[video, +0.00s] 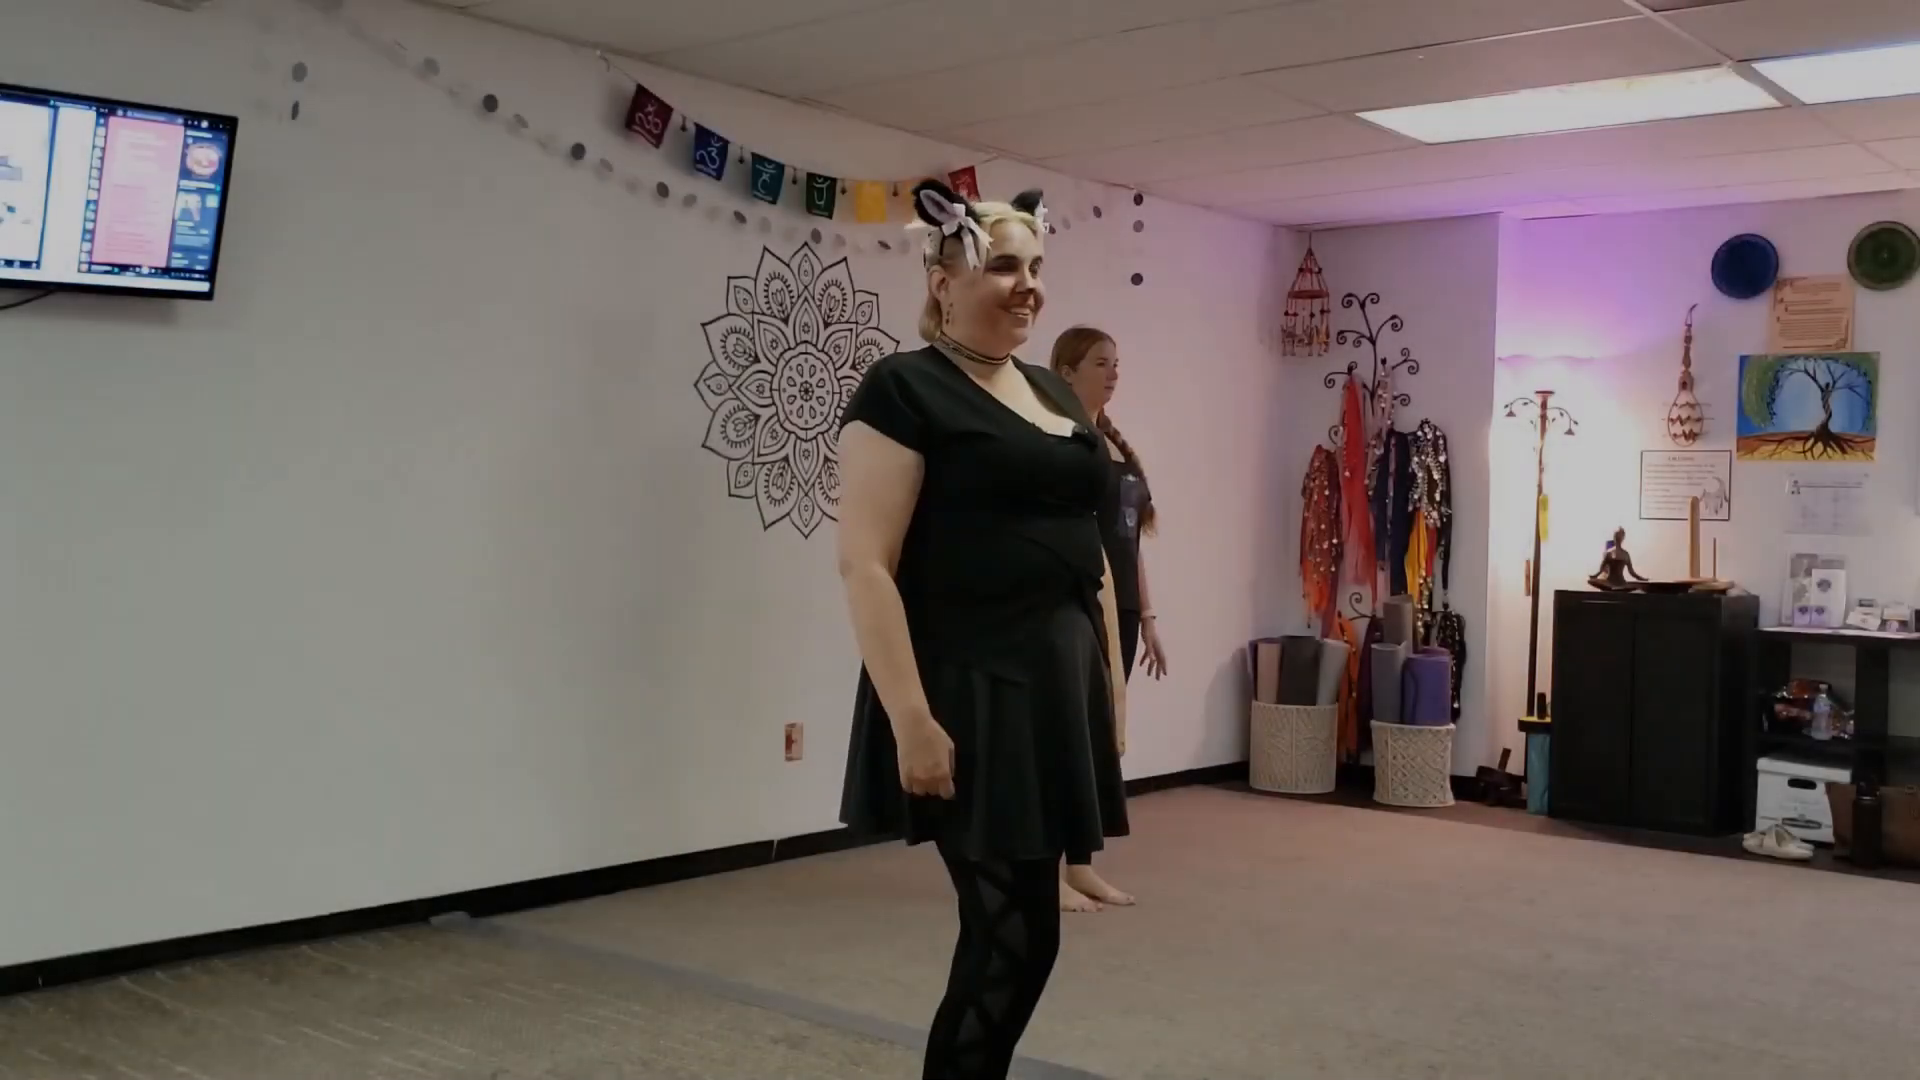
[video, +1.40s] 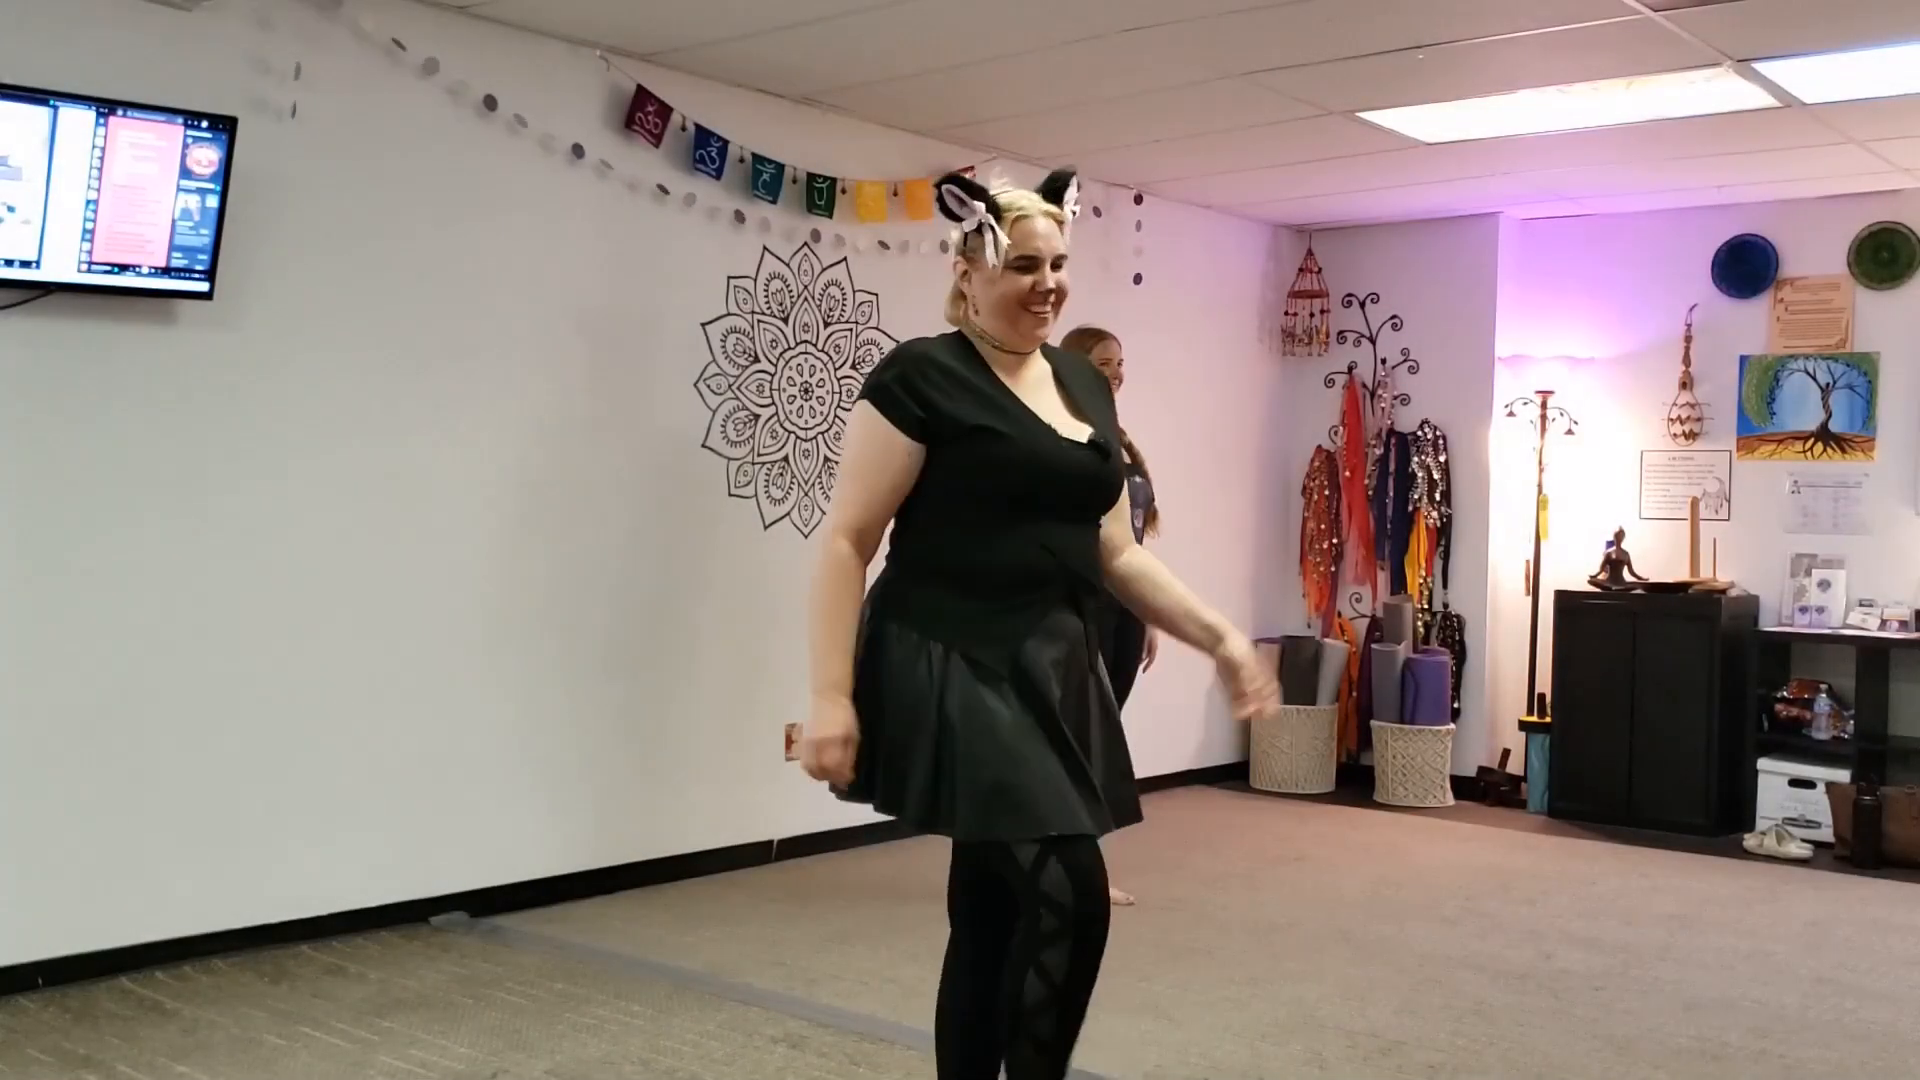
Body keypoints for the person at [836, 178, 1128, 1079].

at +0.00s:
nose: (1028, 283)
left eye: (1036, 268)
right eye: (1004, 264)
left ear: (1043, 283)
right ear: (941, 282)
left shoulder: (1053, 394)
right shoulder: (902, 388)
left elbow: (1092, 555)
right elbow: (863, 564)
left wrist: (1112, 681)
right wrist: (910, 721)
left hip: (1055, 690)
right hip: (959, 692)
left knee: (1015, 938)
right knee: (1015, 940)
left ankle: (967, 1072)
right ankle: (955, 1070)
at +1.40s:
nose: (1048, 282)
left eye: (1059, 265)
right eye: (1025, 264)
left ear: (1068, 271)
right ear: (967, 272)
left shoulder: (1075, 383)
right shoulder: (921, 375)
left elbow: (1116, 549)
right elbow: (846, 541)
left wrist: (1222, 635)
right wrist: (830, 698)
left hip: (1051, 666)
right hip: (942, 664)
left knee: (990, 918)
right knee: (1074, 898)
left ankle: (965, 1076)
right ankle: (1033, 1070)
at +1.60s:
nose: (1061, 276)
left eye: (1074, 258)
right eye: (1035, 259)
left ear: (1088, 275)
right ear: (989, 276)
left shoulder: (1109, 401)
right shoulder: (945, 376)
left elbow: (1157, 555)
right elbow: (854, 534)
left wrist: (1310, 548)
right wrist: (778, 678)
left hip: (1071, 678)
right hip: (960, 680)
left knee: (999, 932)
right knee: (1061, 940)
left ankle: (972, 1074)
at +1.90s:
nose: (1079, 266)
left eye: (1096, 247)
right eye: (1054, 253)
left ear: (1127, 268)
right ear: (1023, 284)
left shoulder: (1181, 398)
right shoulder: (982, 389)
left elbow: (1258, 547)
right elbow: (879, 552)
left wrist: (1384, 456)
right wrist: (772, 681)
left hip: (1136, 715)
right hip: (998, 709)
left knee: (1101, 966)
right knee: (1070, 977)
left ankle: (1016, 1065)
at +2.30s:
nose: (1081, 243)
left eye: (1108, 227)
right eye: (1061, 225)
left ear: (1150, 253)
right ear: (1037, 249)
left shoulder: (1214, 364)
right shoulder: (983, 377)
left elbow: (1299, 534)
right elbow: (894, 550)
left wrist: (1424, 547)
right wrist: (766, 637)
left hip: (1180, 718)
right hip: (1024, 721)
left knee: (1168, 996)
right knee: (1073, 1008)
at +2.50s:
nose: (1054, 222)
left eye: (1086, 201)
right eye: (1042, 206)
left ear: (1148, 224)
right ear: (1029, 234)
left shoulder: (1219, 369)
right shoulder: (989, 367)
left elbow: (1286, 569)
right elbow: (918, 551)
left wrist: (1374, 699)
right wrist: (803, 641)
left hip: (1164, 749)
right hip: (1010, 748)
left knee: (1103, 1047)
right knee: (1061, 1041)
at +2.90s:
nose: (979, 217)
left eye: (1008, 192)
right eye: (975, 199)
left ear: (1102, 200)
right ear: (973, 216)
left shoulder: (1181, 365)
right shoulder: (962, 356)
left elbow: (1233, 605)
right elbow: (912, 561)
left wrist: (1335, 783)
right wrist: (804, 685)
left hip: (1082, 771)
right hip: (921, 764)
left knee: (1061, 1057)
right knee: (944, 1056)